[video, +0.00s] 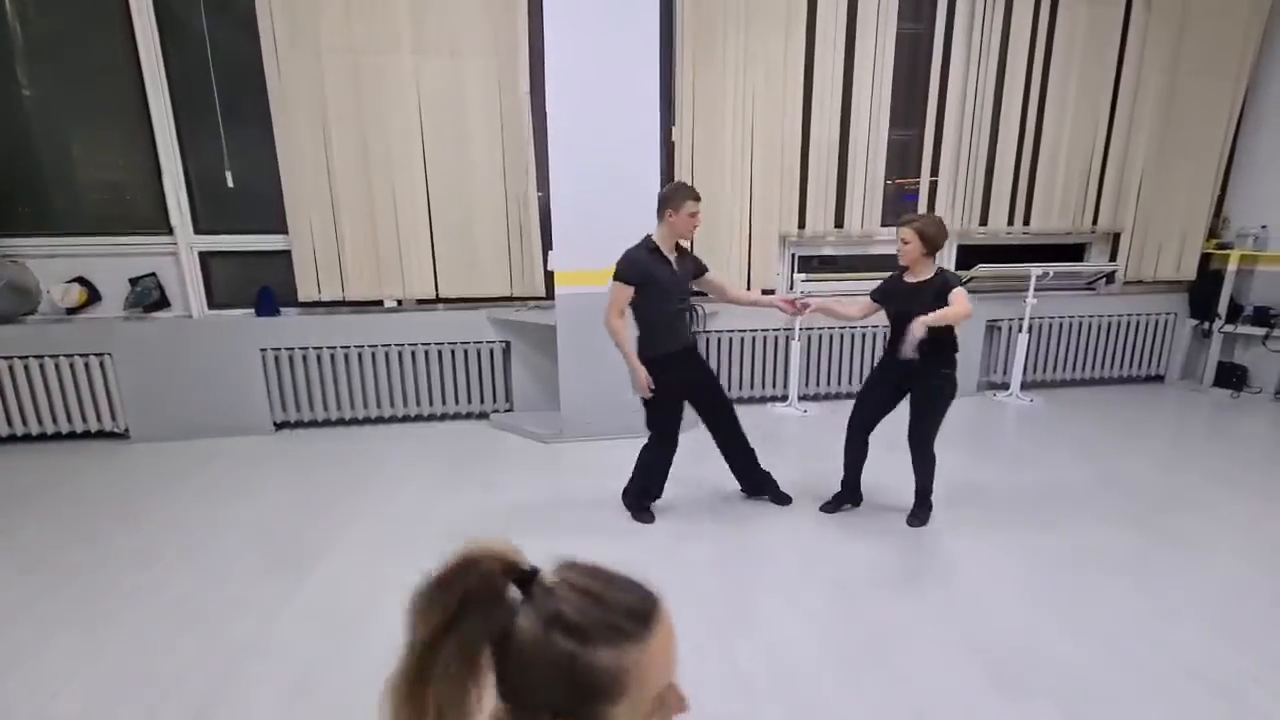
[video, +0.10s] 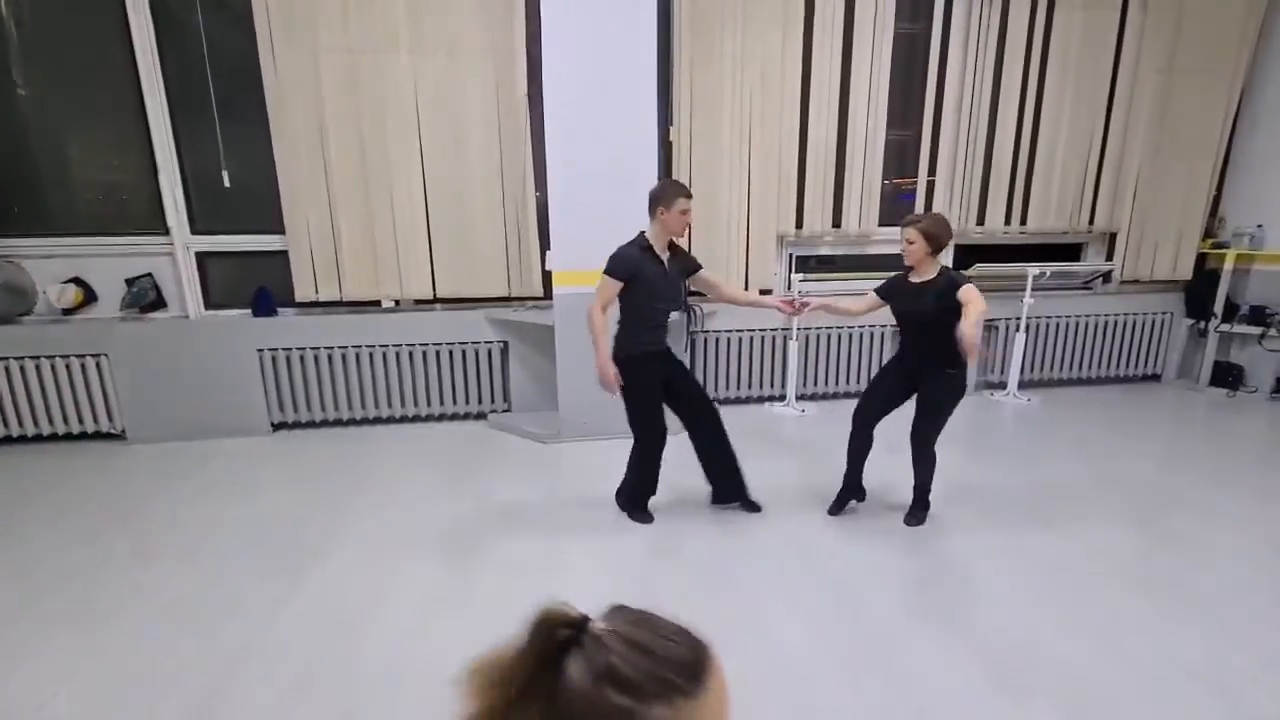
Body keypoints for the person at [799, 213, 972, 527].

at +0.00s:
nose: (899, 247)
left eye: (906, 242)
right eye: (899, 241)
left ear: (927, 247)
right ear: (904, 245)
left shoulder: (946, 281)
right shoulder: (895, 283)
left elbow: (962, 310)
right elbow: (857, 311)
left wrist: (926, 320)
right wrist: (818, 305)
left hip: (934, 376)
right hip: (894, 370)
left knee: (920, 441)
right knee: (858, 425)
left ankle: (922, 503)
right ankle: (850, 491)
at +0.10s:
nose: (903, 247)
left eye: (910, 242)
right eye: (903, 241)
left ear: (931, 246)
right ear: (907, 244)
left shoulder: (952, 282)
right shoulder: (898, 284)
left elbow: (977, 305)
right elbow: (859, 307)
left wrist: (969, 327)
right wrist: (820, 303)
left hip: (945, 374)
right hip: (906, 366)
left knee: (922, 438)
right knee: (863, 417)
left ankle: (920, 500)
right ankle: (851, 485)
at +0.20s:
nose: (905, 248)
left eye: (912, 241)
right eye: (905, 241)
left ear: (934, 245)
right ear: (908, 243)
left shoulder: (955, 281)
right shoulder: (897, 283)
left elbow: (993, 302)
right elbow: (856, 304)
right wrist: (815, 302)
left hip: (953, 373)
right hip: (913, 367)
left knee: (925, 436)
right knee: (872, 417)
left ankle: (919, 499)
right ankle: (860, 486)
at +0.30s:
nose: (906, 246)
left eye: (913, 241)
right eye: (905, 240)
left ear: (935, 245)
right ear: (908, 243)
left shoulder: (953, 282)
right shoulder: (894, 284)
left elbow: (1003, 300)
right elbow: (850, 302)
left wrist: (1055, 318)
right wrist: (806, 300)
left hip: (956, 370)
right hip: (916, 367)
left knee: (926, 433)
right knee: (885, 426)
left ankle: (918, 498)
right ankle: (863, 491)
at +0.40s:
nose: (903, 246)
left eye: (910, 241)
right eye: (901, 240)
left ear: (931, 245)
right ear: (903, 244)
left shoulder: (952, 283)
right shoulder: (890, 284)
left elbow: (1005, 301)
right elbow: (845, 301)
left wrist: (1058, 317)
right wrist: (801, 300)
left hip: (953, 370)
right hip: (913, 367)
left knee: (923, 431)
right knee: (887, 427)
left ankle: (915, 498)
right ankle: (868, 496)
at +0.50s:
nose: (894, 249)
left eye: (901, 243)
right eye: (893, 243)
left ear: (923, 248)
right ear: (894, 245)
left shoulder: (946, 283)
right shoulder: (884, 285)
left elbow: (983, 307)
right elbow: (841, 302)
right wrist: (793, 300)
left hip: (940, 375)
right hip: (900, 370)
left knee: (912, 437)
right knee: (861, 421)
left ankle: (911, 500)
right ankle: (873, 485)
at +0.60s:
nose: (883, 251)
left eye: (890, 246)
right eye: (882, 245)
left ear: (912, 251)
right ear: (883, 247)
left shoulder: (932, 289)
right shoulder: (872, 287)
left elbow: (949, 322)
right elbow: (828, 303)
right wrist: (785, 299)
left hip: (918, 381)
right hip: (877, 375)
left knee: (899, 443)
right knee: (833, 424)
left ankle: (903, 497)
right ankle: (840, 487)